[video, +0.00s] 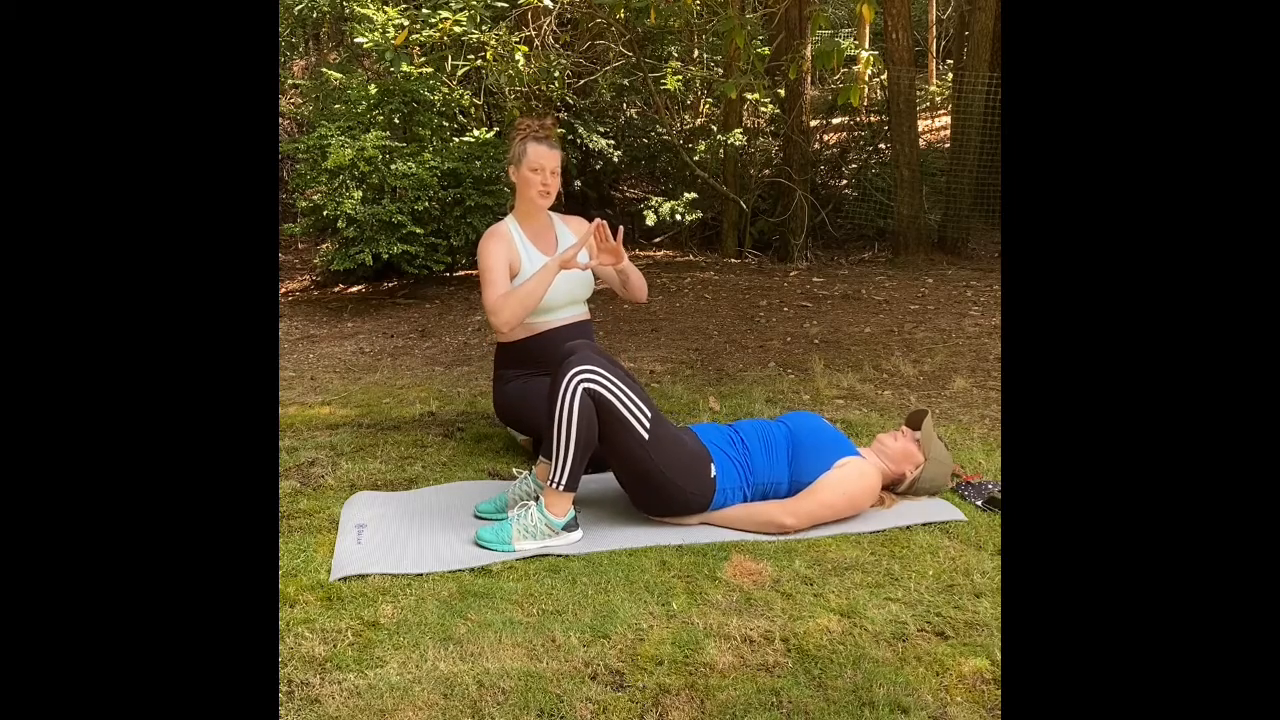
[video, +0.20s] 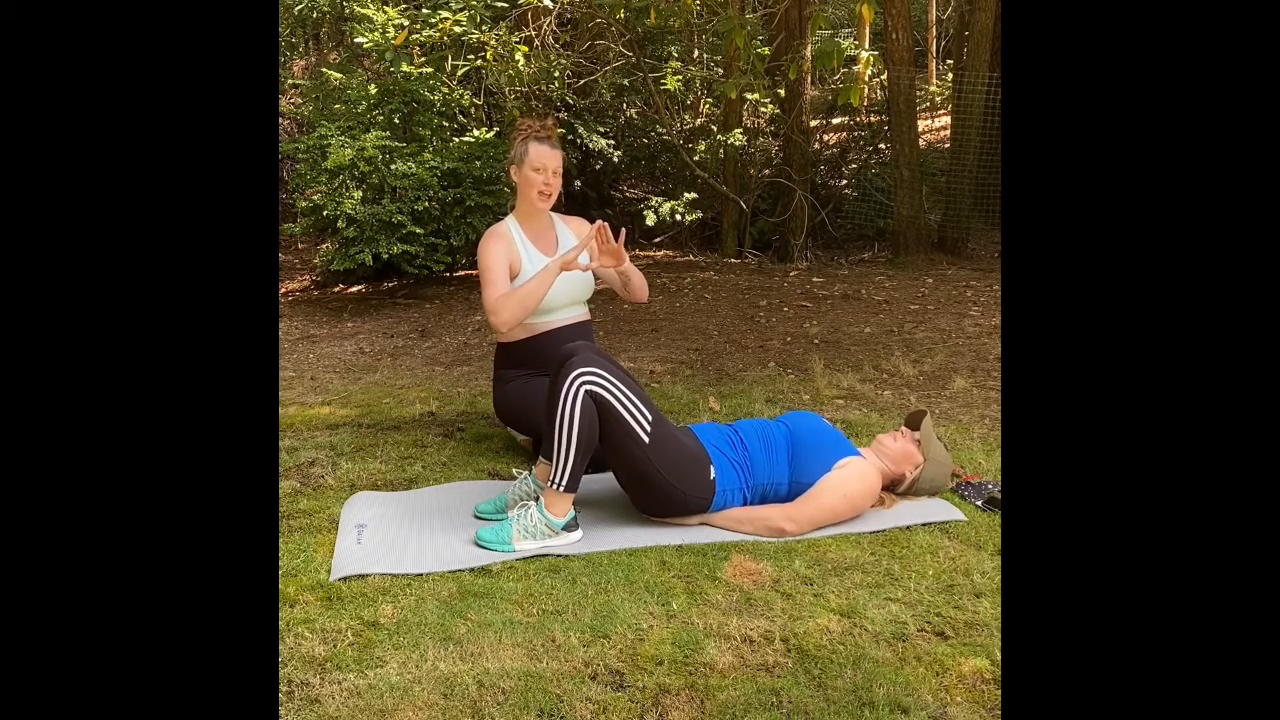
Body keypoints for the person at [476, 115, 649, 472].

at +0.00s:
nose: (548, 182)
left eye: (554, 173)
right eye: (537, 171)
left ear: (561, 178)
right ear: (513, 174)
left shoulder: (577, 229)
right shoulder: (497, 241)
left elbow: (638, 296)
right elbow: (502, 321)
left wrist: (623, 267)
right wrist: (554, 264)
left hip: (584, 363)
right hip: (523, 376)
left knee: (639, 438)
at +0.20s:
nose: (548, 182)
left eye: (556, 173)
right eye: (538, 170)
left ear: (562, 178)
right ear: (514, 173)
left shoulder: (578, 229)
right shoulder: (498, 241)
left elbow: (638, 296)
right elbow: (501, 321)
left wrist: (624, 270)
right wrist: (555, 266)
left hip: (584, 364)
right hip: (523, 377)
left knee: (639, 441)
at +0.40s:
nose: (549, 182)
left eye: (556, 173)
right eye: (539, 171)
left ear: (563, 177)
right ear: (515, 173)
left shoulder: (579, 229)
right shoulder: (498, 242)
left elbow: (640, 295)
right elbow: (502, 321)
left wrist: (625, 268)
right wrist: (556, 266)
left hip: (584, 364)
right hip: (523, 377)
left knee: (636, 441)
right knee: (596, 442)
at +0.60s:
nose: (549, 182)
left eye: (556, 173)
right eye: (538, 172)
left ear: (563, 177)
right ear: (515, 174)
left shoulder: (579, 229)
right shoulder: (498, 242)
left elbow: (641, 294)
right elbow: (502, 321)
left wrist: (626, 269)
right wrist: (555, 267)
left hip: (584, 364)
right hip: (523, 377)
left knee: (640, 438)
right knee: (602, 446)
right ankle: (541, 450)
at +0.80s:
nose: (551, 185)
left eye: (557, 176)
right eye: (541, 175)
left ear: (563, 178)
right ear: (515, 175)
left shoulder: (579, 229)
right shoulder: (498, 243)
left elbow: (642, 293)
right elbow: (501, 321)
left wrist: (626, 268)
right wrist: (556, 267)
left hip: (584, 364)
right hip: (523, 377)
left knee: (640, 439)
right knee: (601, 445)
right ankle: (541, 450)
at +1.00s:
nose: (552, 186)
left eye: (558, 176)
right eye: (541, 176)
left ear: (564, 177)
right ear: (515, 175)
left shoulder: (578, 229)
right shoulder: (497, 243)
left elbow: (643, 293)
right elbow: (500, 321)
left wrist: (627, 269)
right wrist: (556, 269)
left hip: (584, 364)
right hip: (523, 377)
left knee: (643, 439)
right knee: (606, 447)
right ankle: (541, 451)